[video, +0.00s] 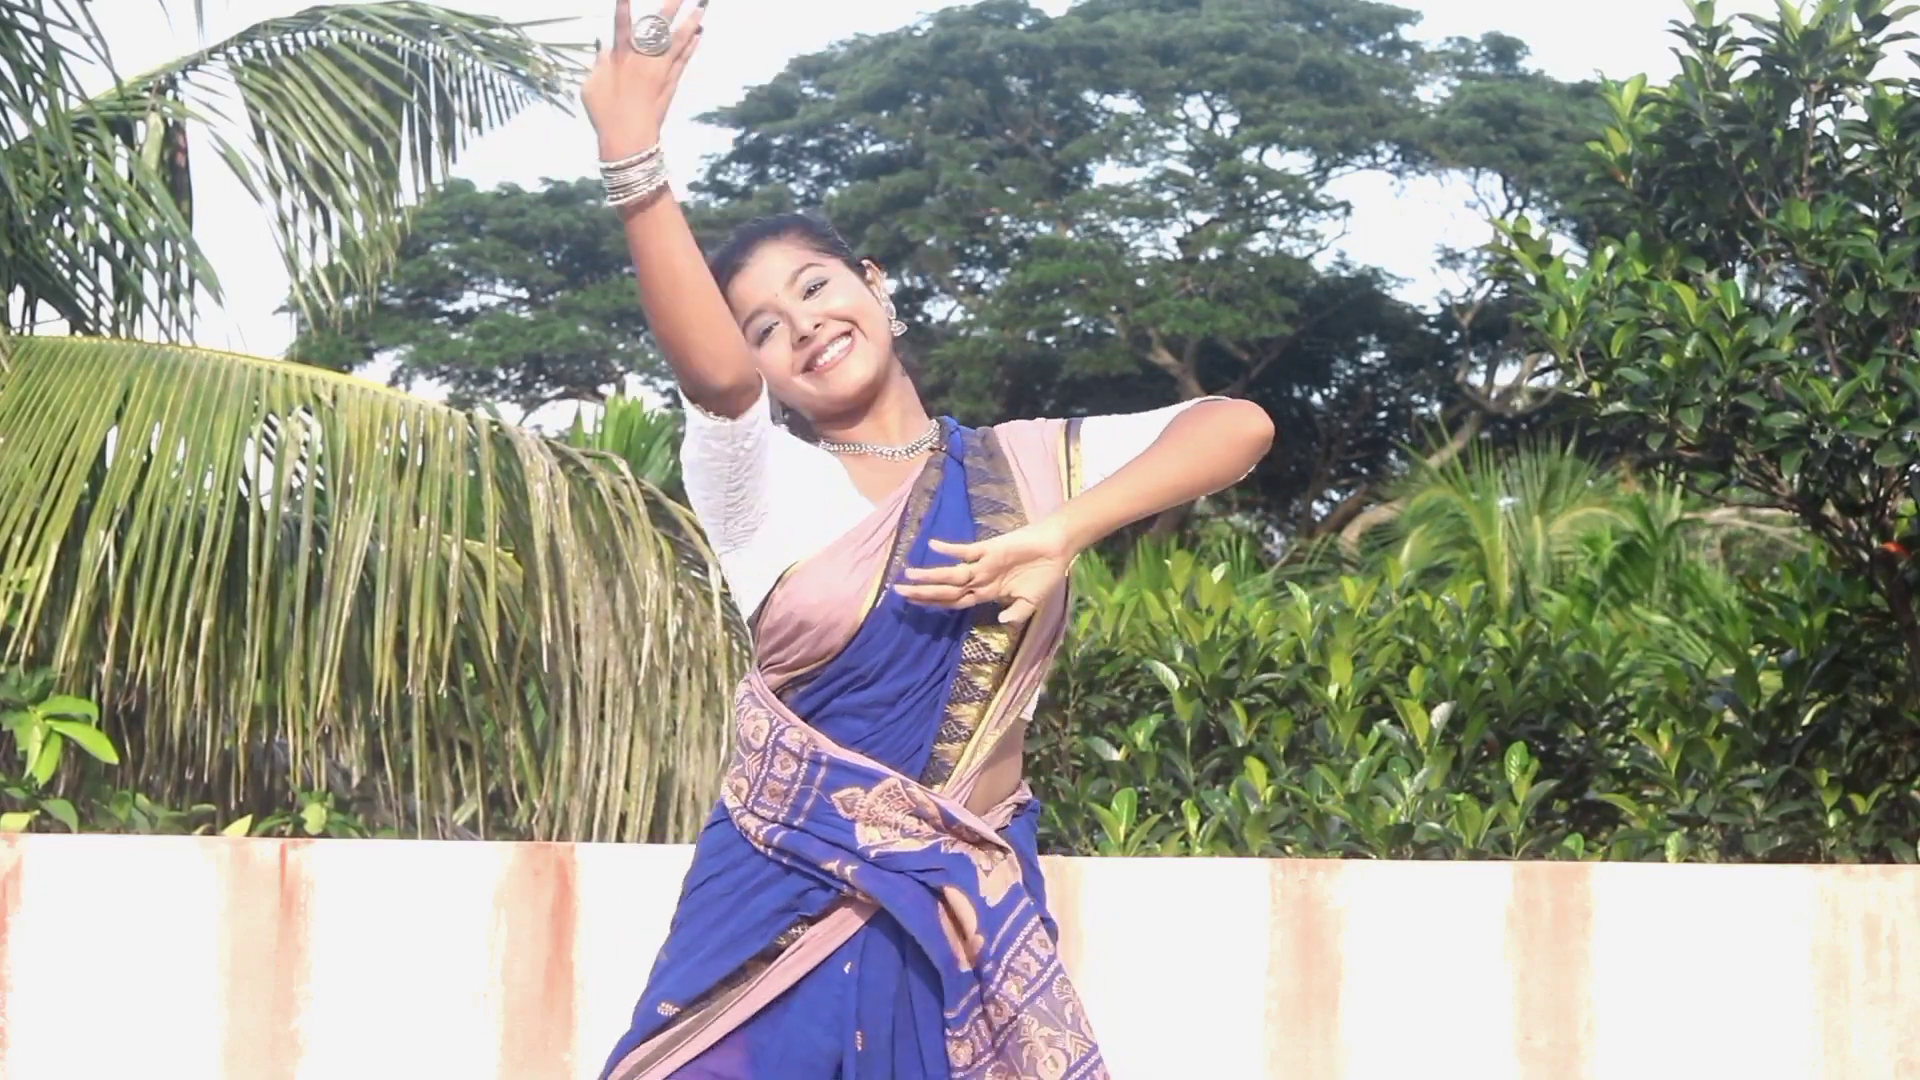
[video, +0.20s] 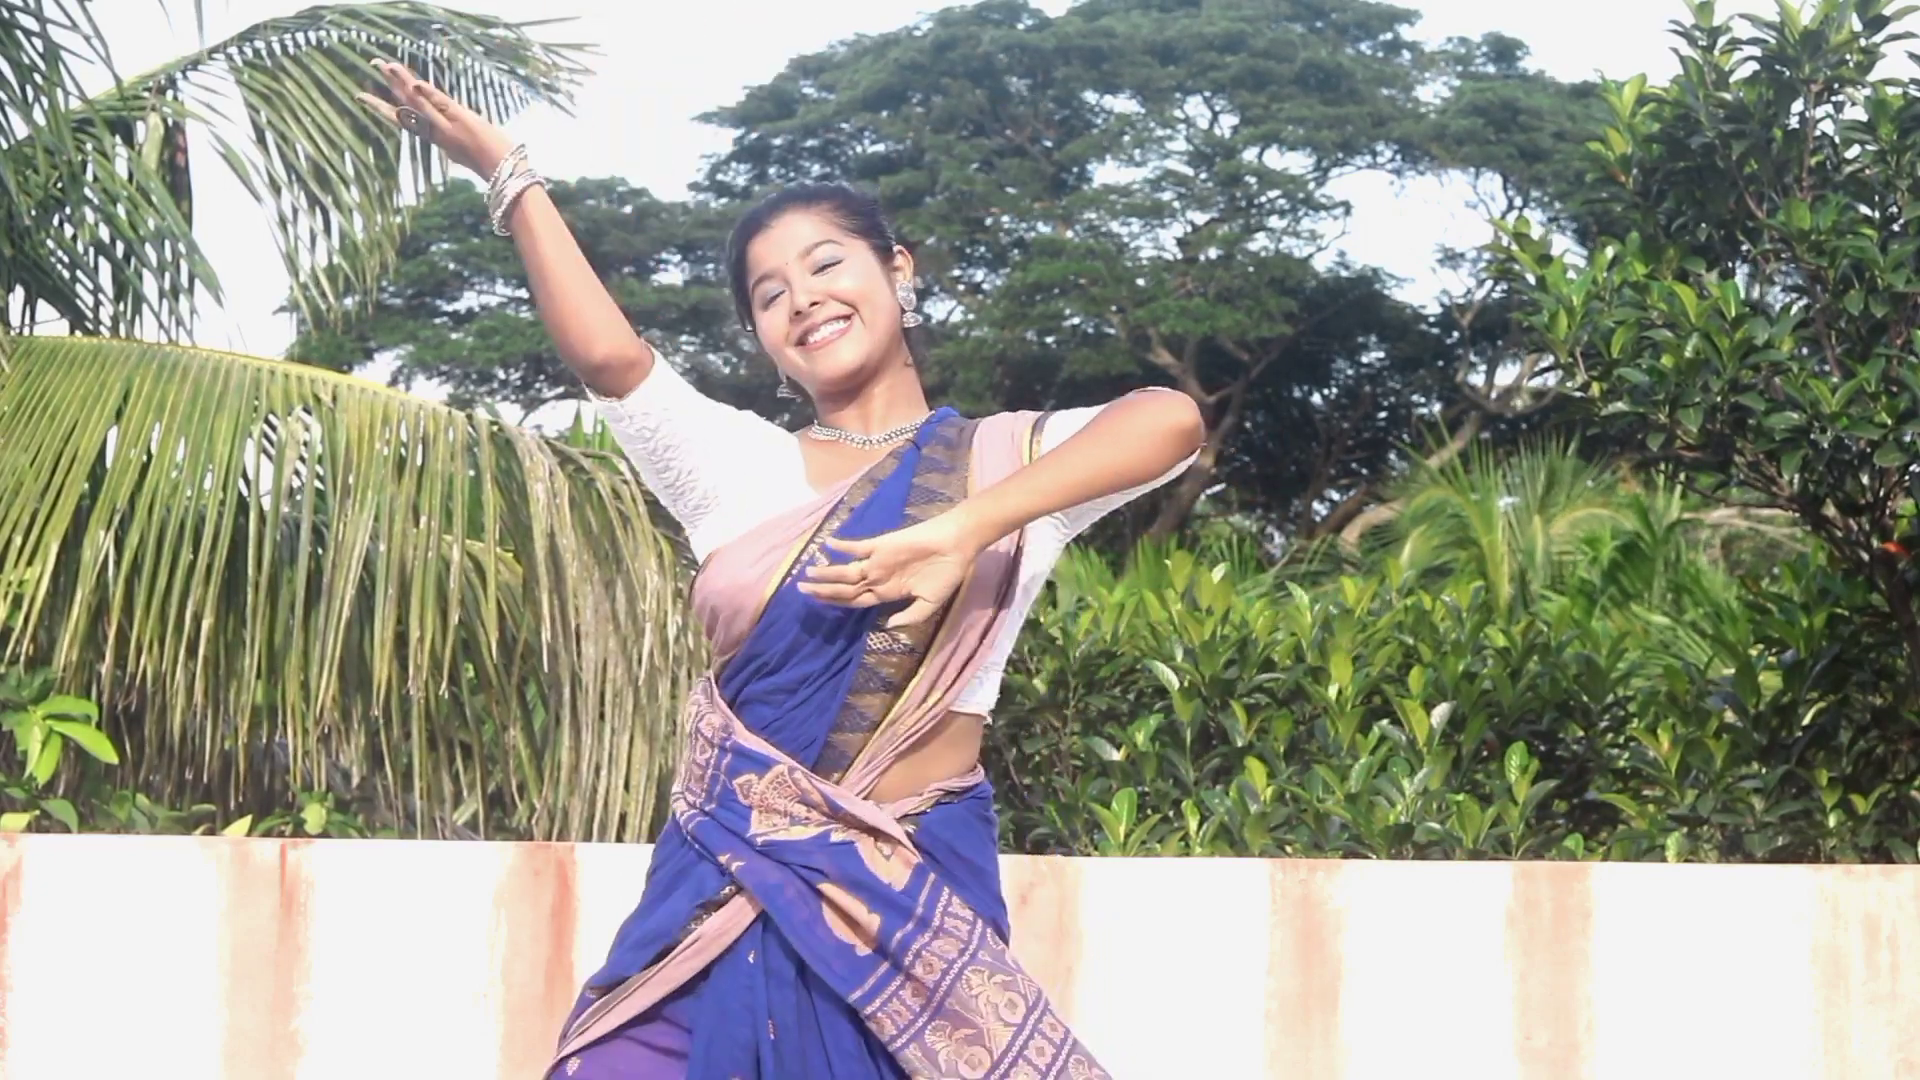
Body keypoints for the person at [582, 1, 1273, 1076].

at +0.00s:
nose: (803, 323)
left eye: (816, 284)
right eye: (766, 326)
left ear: (882, 292)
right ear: (751, 376)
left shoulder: (1024, 461)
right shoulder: (764, 487)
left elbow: (1242, 426)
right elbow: (718, 375)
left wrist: (1067, 529)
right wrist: (632, 157)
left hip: (972, 930)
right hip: (769, 917)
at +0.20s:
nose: (802, 299)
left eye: (828, 262)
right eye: (770, 294)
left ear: (901, 272)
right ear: (759, 343)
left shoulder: (1004, 449)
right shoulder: (742, 466)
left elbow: (1177, 421)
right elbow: (606, 353)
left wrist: (966, 530)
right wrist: (506, 167)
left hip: (912, 877)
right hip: (720, 869)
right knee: (606, 1069)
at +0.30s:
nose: (785, 291)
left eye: (819, 258)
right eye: (766, 275)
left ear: (905, 272)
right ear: (752, 309)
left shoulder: (969, 460)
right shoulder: (733, 452)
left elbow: (1050, 417)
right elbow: (549, 343)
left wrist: (837, 527)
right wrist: (540, 163)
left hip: (860, 866)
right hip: (686, 859)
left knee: (868, 1060)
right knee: (590, 1061)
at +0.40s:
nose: (770, 287)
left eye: (807, 256)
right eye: (759, 269)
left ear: (897, 278)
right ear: (749, 300)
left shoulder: (947, 464)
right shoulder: (720, 445)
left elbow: (959, 417)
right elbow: (532, 335)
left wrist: (752, 524)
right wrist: (574, 158)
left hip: (842, 856)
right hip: (666, 853)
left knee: (852, 1058)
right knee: (600, 1060)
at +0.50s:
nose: (730, 280)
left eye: (768, 255)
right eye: (740, 256)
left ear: (856, 290)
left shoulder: (866, 464)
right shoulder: (726, 436)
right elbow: (551, 325)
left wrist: (600, 524)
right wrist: (650, 148)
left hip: (765, 869)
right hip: (637, 862)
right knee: (608, 1063)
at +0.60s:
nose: (708, 278)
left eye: (740, 254)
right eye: (723, 252)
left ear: (816, 290)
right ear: (811, 293)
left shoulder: (803, 473)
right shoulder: (771, 442)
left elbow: (613, 432)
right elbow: (597, 323)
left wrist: (538, 523)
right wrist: (678, 142)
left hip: (726, 874)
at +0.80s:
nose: (661, 270)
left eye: (668, 255)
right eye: (672, 250)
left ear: (681, 291)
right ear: (805, 316)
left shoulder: (607, 472)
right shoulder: (830, 476)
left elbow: (354, 459)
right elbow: (821, 322)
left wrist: (487, 543)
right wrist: (726, 205)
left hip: (647, 857)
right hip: (807, 859)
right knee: (746, 1061)